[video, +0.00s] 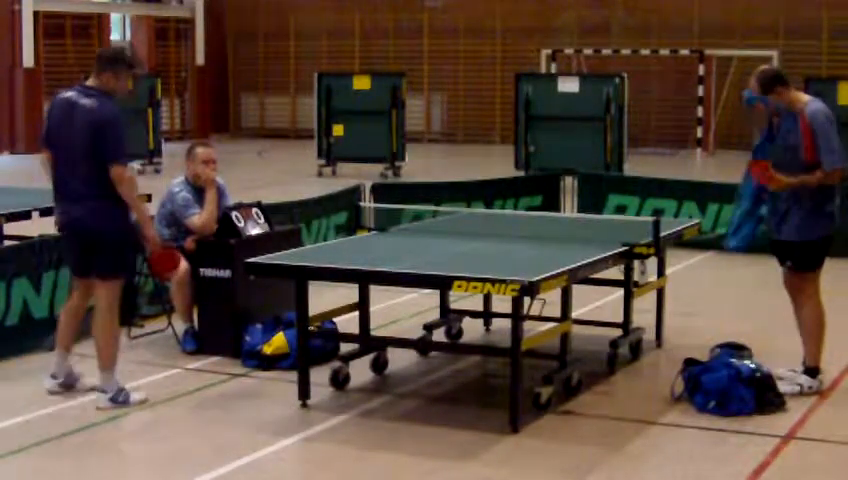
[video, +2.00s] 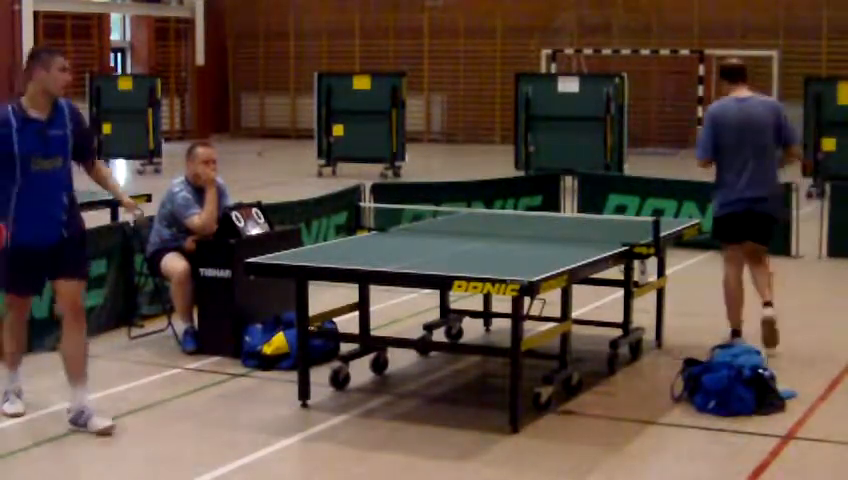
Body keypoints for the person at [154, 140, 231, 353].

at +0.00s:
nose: (212, 168)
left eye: (214, 163)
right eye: (206, 163)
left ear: (217, 164)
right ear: (190, 166)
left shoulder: (218, 187)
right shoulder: (178, 191)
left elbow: (225, 221)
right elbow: (204, 226)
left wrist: (199, 236)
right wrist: (211, 189)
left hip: (200, 241)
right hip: (168, 244)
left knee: (227, 262)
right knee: (182, 270)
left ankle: (224, 321)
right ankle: (188, 327)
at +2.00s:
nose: (212, 168)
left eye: (214, 163)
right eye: (206, 163)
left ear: (217, 165)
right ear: (190, 166)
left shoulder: (217, 187)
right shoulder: (179, 192)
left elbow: (227, 221)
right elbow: (205, 226)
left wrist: (197, 237)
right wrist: (211, 188)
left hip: (198, 241)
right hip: (165, 245)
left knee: (227, 262)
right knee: (181, 269)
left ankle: (222, 321)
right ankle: (188, 326)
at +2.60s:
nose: (204, 168)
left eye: (206, 162)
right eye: (198, 162)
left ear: (210, 164)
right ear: (184, 165)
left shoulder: (213, 188)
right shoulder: (169, 194)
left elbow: (224, 224)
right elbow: (187, 225)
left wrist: (198, 235)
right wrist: (202, 188)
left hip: (199, 241)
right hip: (165, 243)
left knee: (226, 259)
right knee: (183, 266)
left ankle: (223, 321)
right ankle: (189, 326)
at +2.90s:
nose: (194, 159)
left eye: (195, 153)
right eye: (187, 153)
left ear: (199, 158)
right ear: (171, 158)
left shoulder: (202, 184)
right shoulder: (163, 185)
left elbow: (219, 207)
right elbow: (165, 216)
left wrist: (217, 220)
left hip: (202, 240)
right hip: (173, 244)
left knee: (225, 262)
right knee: (184, 267)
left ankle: (222, 319)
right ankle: (188, 325)